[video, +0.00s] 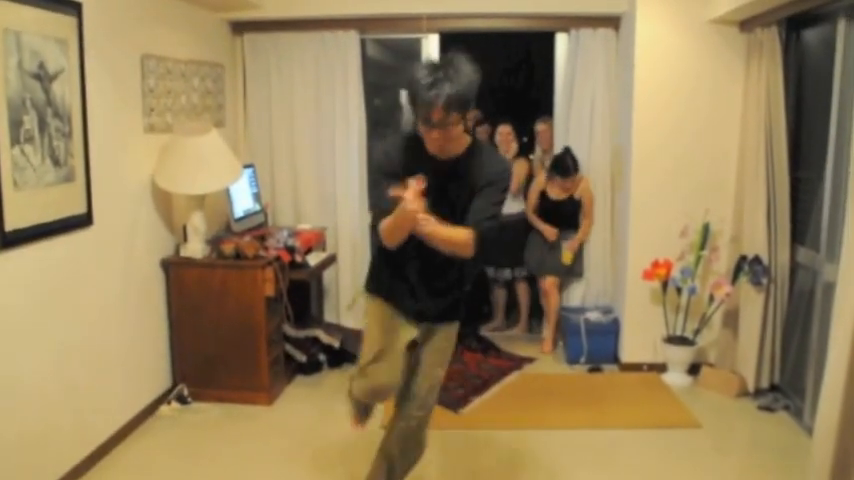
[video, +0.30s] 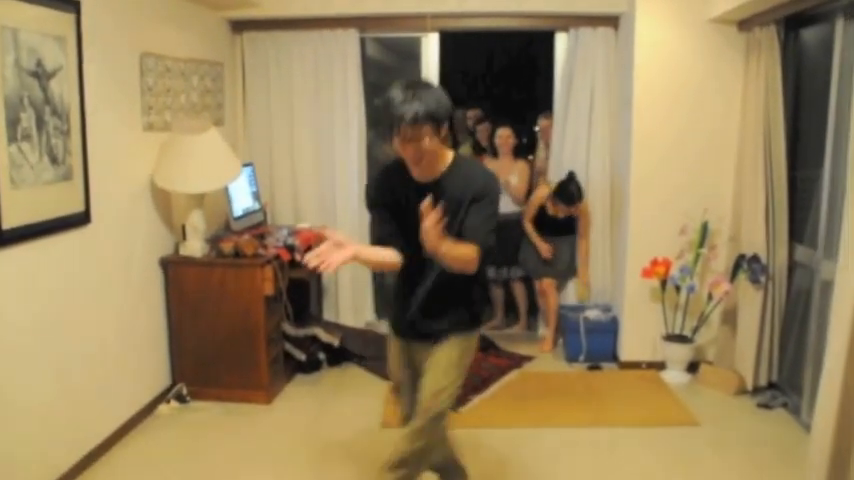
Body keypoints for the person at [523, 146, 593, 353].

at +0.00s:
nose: (567, 185)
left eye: (570, 180)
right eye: (563, 181)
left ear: (576, 175)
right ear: (553, 176)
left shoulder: (583, 187)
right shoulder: (541, 182)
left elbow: (587, 219)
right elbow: (529, 211)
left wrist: (575, 242)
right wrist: (544, 228)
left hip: (568, 234)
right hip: (542, 231)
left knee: (550, 283)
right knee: (543, 284)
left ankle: (549, 333)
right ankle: (551, 329)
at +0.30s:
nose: (565, 213)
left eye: (569, 210)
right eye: (562, 209)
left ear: (576, 204)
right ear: (555, 198)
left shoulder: (580, 208)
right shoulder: (542, 194)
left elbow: (582, 238)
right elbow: (526, 220)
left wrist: (583, 273)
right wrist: (540, 244)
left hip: (565, 240)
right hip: (538, 237)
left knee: (548, 284)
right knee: (540, 286)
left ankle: (551, 333)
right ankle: (550, 328)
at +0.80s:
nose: (568, 211)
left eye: (570, 207)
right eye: (564, 207)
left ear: (574, 202)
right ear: (553, 201)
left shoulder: (578, 208)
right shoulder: (538, 199)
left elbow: (581, 238)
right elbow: (528, 227)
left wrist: (582, 269)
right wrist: (539, 246)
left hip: (564, 240)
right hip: (540, 239)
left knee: (548, 282)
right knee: (540, 283)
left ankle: (550, 330)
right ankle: (550, 327)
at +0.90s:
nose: (563, 194)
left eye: (567, 188)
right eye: (559, 188)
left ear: (573, 186)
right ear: (550, 187)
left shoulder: (579, 197)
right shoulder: (539, 194)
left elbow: (582, 222)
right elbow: (532, 223)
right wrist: (538, 236)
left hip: (563, 235)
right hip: (541, 233)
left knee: (548, 279)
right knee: (539, 281)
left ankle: (550, 329)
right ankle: (550, 325)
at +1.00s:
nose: (559, 180)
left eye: (563, 175)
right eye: (554, 175)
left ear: (571, 175)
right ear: (547, 176)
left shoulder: (578, 190)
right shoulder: (538, 189)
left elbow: (580, 223)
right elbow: (536, 221)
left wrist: (561, 227)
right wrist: (549, 224)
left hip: (564, 235)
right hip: (539, 235)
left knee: (548, 279)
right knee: (539, 281)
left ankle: (550, 329)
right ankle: (550, 325)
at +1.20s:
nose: (554, 154)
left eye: (559, 149)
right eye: (550, 150)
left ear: (568, 152)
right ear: (545, 153)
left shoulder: (576, 173)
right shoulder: (539, 173)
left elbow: (578, 209)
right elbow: (533, 203)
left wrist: (563, 194)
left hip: (564, 229)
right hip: (542, 227)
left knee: (548, 278)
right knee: (544, 279)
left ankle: (549, 329)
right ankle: (550, 327)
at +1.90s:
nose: (546, 146)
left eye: (551, 141)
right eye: (543, 141)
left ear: (560, 144)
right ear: (538, 146)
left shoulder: (569, 165)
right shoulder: (537, 167)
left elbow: (569, 198)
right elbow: (531, 198)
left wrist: (561, 171)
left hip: (561, 225)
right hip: (539, 224)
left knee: (538, 274)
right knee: (544, 279)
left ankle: (536, 319)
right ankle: (548, 323)